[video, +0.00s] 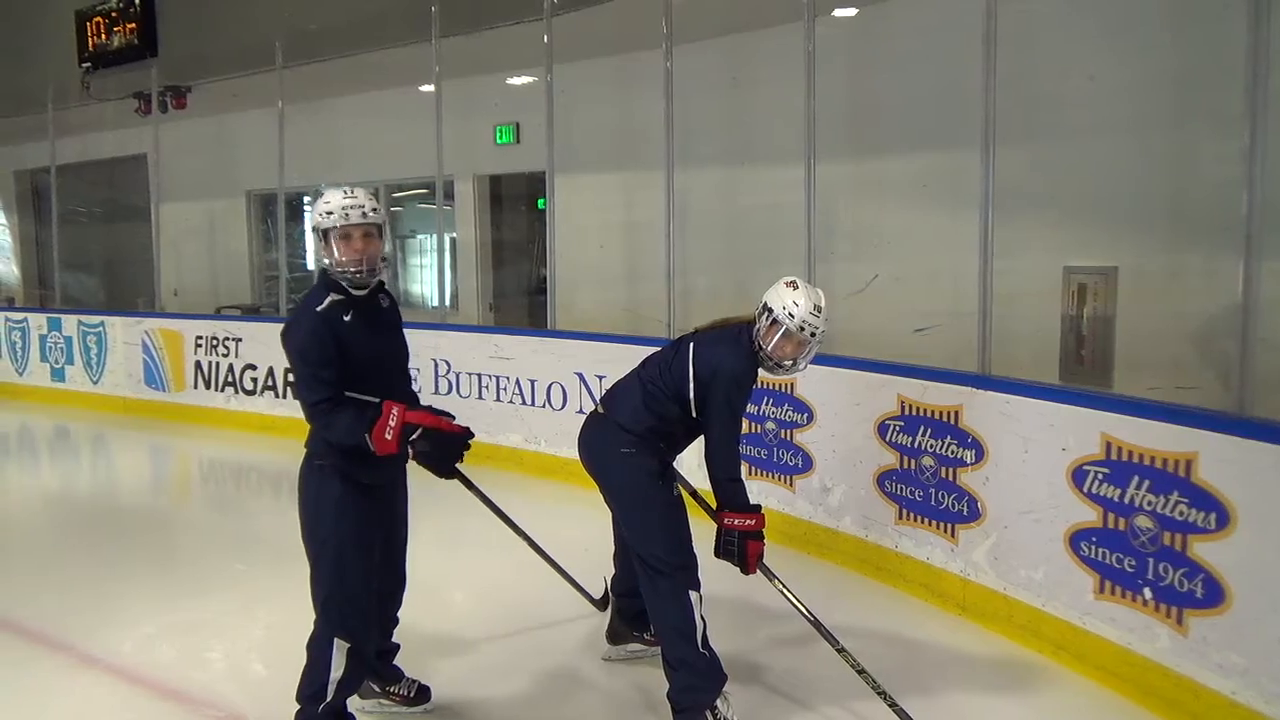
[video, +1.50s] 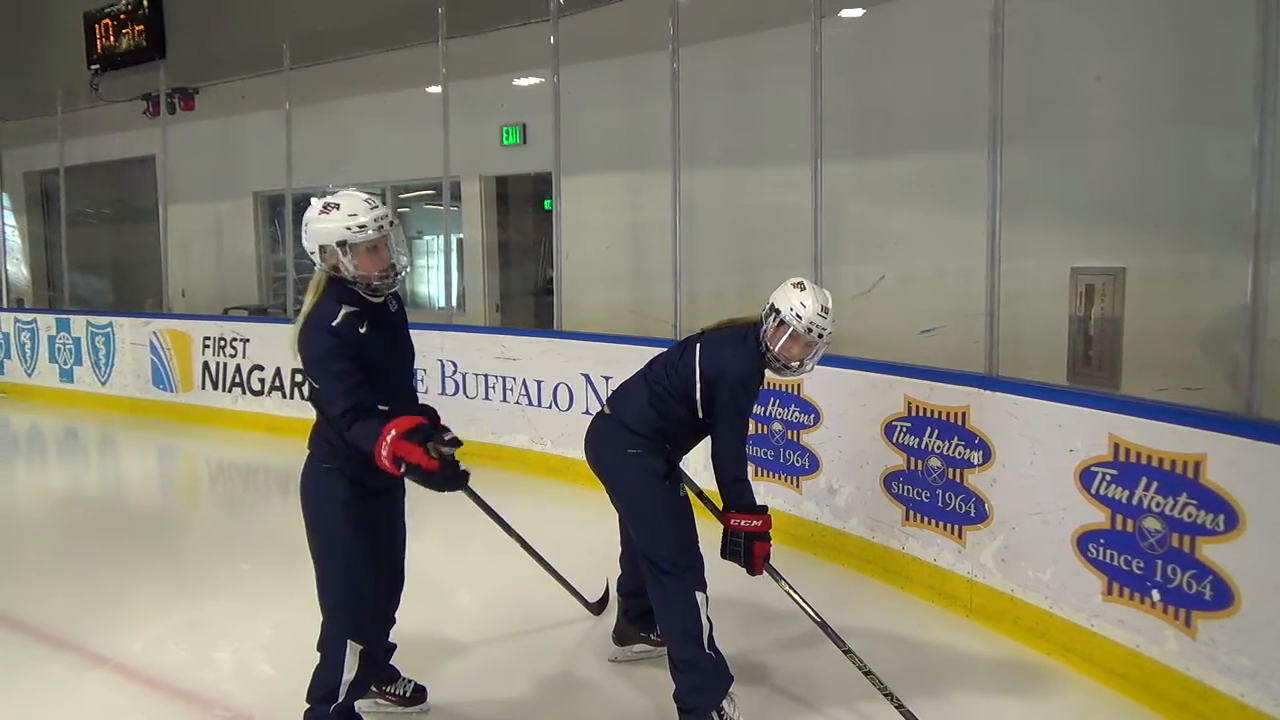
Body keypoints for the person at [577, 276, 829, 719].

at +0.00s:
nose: (783, 348)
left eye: (796, 342)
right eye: (780, 334)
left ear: (810, 346)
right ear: (763, 321)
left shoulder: (733, 340)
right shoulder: (733, 363)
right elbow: (722, 449)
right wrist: (740, 519)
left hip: (611, 435)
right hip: (628, 447)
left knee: (638, 535)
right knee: (673, 570)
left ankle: (628, 625)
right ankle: (696, 704)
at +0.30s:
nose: (786, 348)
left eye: (799, 342)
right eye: (783, 334)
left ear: (812, 346)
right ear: (766, 321)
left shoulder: (735, 341)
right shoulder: (735, 364)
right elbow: (724, 449)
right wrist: (741, 518)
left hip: (613, 435)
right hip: (629, 447)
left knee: (640, 535)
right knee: (674, 569)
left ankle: (631, 625)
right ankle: (698, 703)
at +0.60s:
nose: (787, 348)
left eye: (800, 342)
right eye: (783, 334)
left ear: (814, 347)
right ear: (767, 321)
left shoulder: (737, 340)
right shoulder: (737, 364)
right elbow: (725, 450)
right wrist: (743, 518)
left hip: (614, 435)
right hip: (631, 447)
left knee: (641, 535)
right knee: (676, 570)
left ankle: (632, 626)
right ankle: (700, 703)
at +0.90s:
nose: (788, 348)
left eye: (801, 343)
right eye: (784, 334)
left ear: (814, 347)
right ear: (768, 322)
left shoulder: (738, 342)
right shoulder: (738, 365)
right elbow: (726, 450)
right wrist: (744, 517)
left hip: (616, 435)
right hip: (632, 446)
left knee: (642, 534)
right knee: (677, 570)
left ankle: (633, 625)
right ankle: (701, 703)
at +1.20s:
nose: (790, 349)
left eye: (803, 343)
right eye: (786, 335)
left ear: (816, 347)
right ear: (770, 322)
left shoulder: (740, 341)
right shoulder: (739, 364)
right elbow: (727, 451)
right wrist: (745, 518)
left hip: (619, 435)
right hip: (631, 446)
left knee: (643, 535)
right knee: (677, 568)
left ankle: (634, 625)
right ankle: (702, 703)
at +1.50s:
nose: (790, 349)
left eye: (804, 343)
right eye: (786, 334)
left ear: (817, 347)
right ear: (770, 322)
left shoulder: (741, 341)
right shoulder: (740, 365)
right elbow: (728, 450)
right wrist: (746, 517)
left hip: (619, 435)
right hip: (634, 446)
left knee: (644, 534)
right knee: (678, 569)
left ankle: (635, 625)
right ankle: (703, 703)